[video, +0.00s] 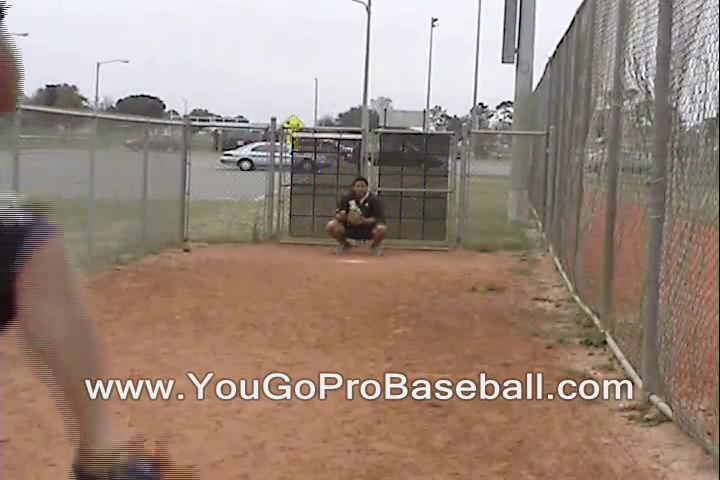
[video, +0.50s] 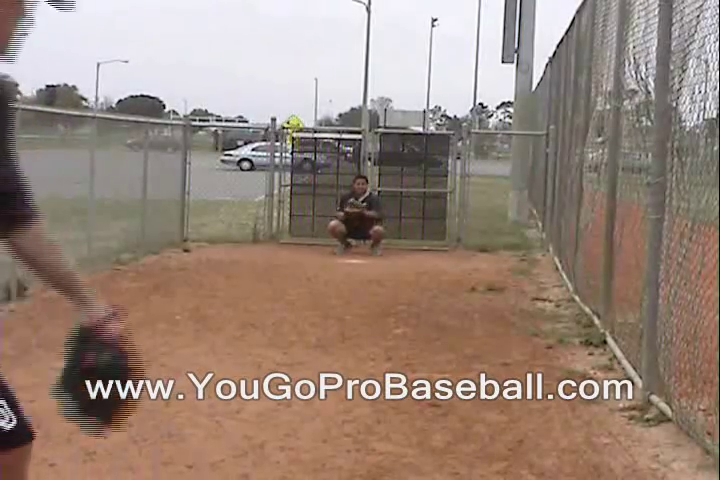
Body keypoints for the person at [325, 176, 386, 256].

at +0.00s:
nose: (360, 189)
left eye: (362, 186)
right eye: (357, 186)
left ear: (367, 188)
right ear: (353, 188)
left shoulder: (374, 200)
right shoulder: (346, 199)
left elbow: (379, 219)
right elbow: (338, 215)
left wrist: (363, 221)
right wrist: (346, 217)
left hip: (366, 227)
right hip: (350, 227)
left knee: (381, 229)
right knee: (331, 226)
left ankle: (375, 246)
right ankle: (344, 244)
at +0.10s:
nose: (360, 189)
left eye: (362, 186)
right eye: (357, 186)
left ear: (367, 187)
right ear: (353, 187)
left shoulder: (374, 200)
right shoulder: (346, 198)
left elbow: (379, 219)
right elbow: (338, 215)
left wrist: (360, 220)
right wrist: (346, 217)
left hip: (367, 227)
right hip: (349, 227)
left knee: (380, 229)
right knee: (332, 226)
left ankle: (375, 246)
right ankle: (344, 244)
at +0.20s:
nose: (360, 188)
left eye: (362, 185)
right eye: (357, 185)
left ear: (367, 187)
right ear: (353, 187)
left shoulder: (374, 200)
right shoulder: (346, 198)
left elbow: (379, 220)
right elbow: (338, 215)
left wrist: (361, 218)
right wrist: (346, 216)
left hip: (366, 227)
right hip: (350, 226)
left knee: (380, 230)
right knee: (333, 226)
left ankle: (374, 246)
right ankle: (345, 244)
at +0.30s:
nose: (360, 187)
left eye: (363, 184)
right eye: (358, 184)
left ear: (367, 186)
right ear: (353, 186)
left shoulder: (374, 200)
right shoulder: (346, 198)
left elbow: (379, 219)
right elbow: (338, 214)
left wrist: (363, 216)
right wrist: (347, 214)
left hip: (366, 227)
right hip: (350, 226)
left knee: (379, 230)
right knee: (333, 226)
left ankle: (374, 246)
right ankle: (345, 244)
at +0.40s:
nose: (360, 187)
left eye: (363, 184)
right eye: (358, 184)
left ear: (367, 186)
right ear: (353, 186)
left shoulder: (373, 199)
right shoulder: (346, 197)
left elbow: (379, 217)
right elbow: (338, 214)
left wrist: (363, 213)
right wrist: (348, 213)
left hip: (366, 228)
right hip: (350, 228)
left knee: (379, 230)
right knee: (333, 226)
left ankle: (374, 246)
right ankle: (345, 244)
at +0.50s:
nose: (360, 187)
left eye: (363, 184)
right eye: (358, 184)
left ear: (367, 186)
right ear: (353, 186)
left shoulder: (372, 199)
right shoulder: (346, 198)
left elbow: (379, 215)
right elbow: (338, 214)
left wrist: (364, 212)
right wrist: (346, 214)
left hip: (366, 227)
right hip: (350, 227)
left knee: (378, 230)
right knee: (333, 226)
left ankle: (374, 246)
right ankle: (345, 244)